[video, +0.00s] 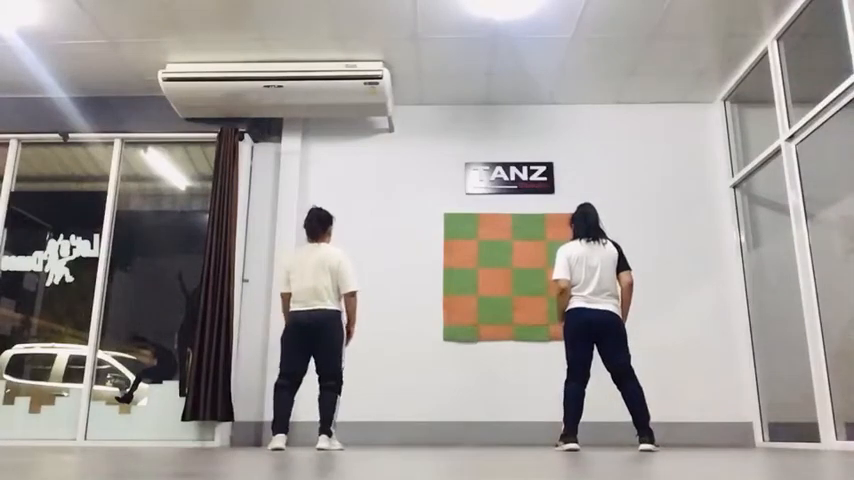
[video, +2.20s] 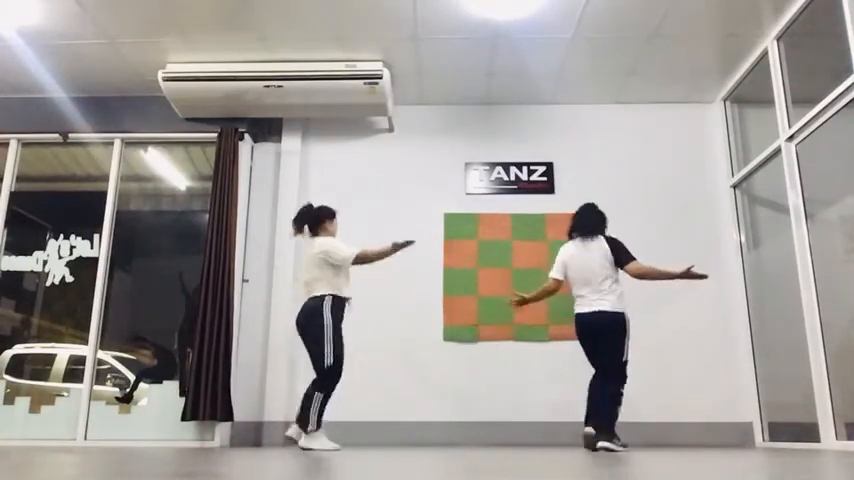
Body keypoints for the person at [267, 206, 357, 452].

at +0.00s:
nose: (331, 233)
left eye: (330, 229)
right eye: (331, 229)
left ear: (306, 231)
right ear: (328, 230)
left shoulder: (292, 256)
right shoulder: (336, 256)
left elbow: (285, 295)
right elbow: (349, 294)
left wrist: (288, 321)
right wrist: (351, 323)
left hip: (297, 321)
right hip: (328, 322)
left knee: (287, 378)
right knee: (330, 379)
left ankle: (279, 434)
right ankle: (325, 435)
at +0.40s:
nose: (342, 231)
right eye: (342, 228)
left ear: (319, 229)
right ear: (342, 229)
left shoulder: (310, 253)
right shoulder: (352, 254)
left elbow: (294, 283)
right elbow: (381, 280)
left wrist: (311, 301)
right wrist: (374, 305)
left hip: (311, 320)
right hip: (342, 322)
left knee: (294, 375)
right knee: (337, 380)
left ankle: (279, 429)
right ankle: (326, 435)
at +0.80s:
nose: (353, 241)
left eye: (350, 238)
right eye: (353, 238)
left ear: (330, 237)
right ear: (352, 238)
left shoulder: (317, 257)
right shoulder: (357, 256)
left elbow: (299, 283)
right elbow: (388, 277)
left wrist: (316, 296)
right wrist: (366, 293)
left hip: (317, 319)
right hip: (347, 320)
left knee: (324, 373)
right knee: (345, 382)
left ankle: (308, 405)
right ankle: (326, 436)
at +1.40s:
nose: (342, 229)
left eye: (336, 225)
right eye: (343, 225)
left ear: (322, 227)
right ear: (345, 227)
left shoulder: (313, 250)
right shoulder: (356, 252)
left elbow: (307, 276)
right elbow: (361, 279)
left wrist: (328, 279)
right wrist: (338, 279)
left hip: (313, 309)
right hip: (342, 309)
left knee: (311, 374)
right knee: (340, 375)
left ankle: (310, 433)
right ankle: (328, 432)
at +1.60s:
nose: (341, 236)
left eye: (340, 233)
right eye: (341, 233)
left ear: (314, 234)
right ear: (338, 234)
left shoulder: (309, 257)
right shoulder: (343, 254)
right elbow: (353, 277)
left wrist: (362, 276)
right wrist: (367, 276)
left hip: (305, 318)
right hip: (333, 317)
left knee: (311, 379)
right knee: (347, 375)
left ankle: (302, 435)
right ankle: (334, 428)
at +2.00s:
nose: (339, 232)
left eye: (337, 228)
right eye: (336, 228)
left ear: (313, 234)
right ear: (330, 231)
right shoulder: (334, 253)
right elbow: (369, 270)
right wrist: (404, 266)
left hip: (293, 319)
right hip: (318, 316)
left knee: (306, 378)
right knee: (334, 374)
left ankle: (302, 436)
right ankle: (347, 434)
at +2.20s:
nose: (337, 226)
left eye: (336, 221)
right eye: (334, 221)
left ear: (318, 225)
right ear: (325, 224)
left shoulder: (319, 246)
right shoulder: (325, 245)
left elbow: (358, 258)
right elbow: (358, 257)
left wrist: (390, 249)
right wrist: (392, 249)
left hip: (316, 311)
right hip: (323, 310)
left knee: (326, 372)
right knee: (331, 371)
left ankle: (300, 426)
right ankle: (312, 433)